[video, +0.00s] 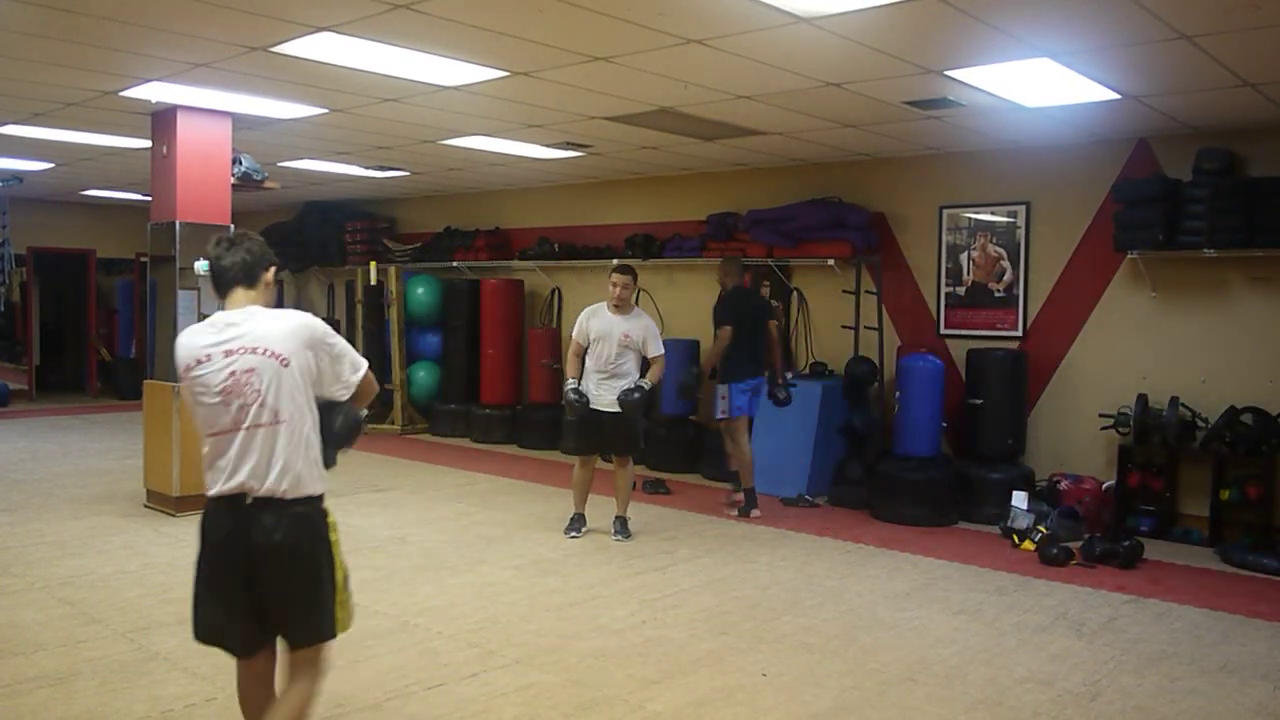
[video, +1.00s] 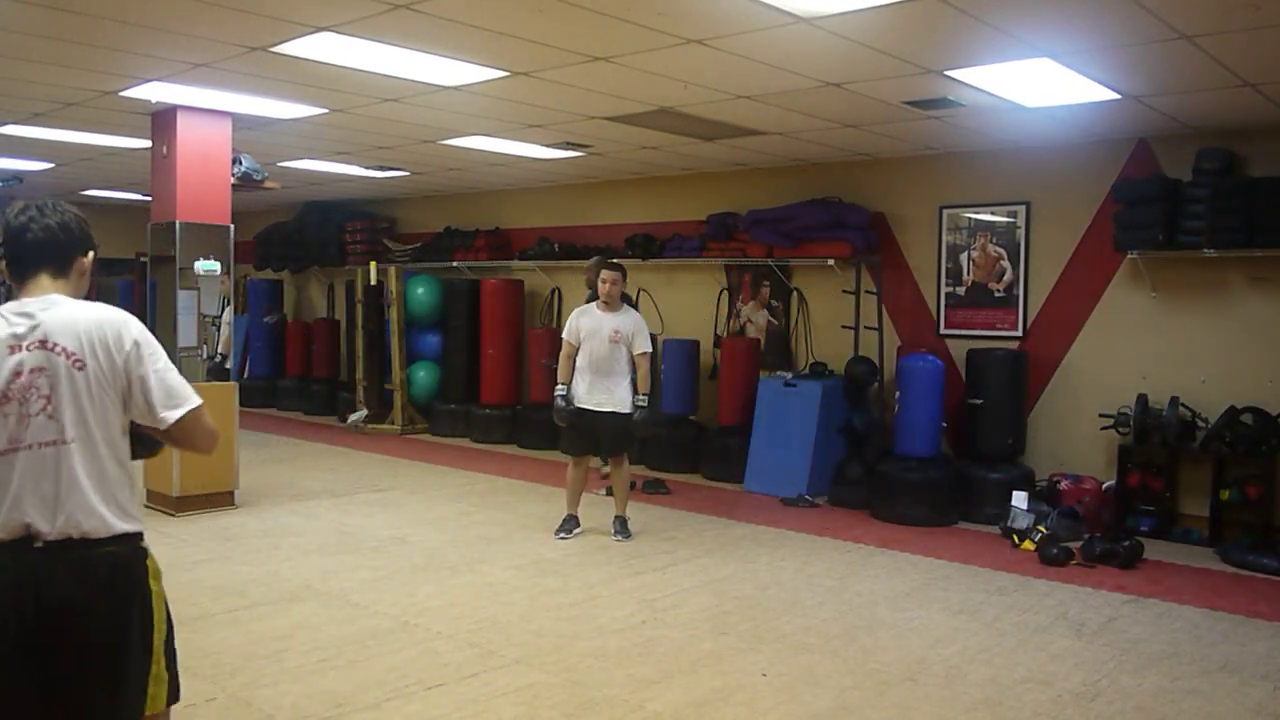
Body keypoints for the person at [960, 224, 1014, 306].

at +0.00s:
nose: (982, 241)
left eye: (986, 236)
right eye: (979, 236)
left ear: (990, 237)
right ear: (976, 237)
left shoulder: (999, 252)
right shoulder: (971, 252)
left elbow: (1009, 272)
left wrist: (1000, 286)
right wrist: (967, 277)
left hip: (990, 288)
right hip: (974, 286)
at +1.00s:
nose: (982, 241)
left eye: (986, 237)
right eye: (980, 237)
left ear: (990, 237)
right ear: (976, 237)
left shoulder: (999, 253)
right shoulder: (971, 252)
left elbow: (1009, 272)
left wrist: (1000, 286)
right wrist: (967, 277)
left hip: (989, 288)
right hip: (974, 287)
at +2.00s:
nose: (982, 241)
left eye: (985, 237)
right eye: (979, 237)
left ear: (990, 237)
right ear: (976, 237)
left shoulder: (999, 252)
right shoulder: (971, 252)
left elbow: (1009, 272)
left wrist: (1000, 286)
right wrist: (966, 278)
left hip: (990, 288)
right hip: (974, 286)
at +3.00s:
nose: (983, 240)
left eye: (986, 236)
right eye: (980, 236)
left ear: (990, 237)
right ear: (976, 238)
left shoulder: (999, 252)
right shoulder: (972, 253)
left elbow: (1009, 271)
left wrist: (1002, 285)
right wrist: (967, 279)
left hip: (990, 288)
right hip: (975, 286)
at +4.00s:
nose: (983, 241)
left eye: (985, 237)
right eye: (979, 237)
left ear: (990, 237)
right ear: (975, 237)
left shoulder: (998, 252)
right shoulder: (971, 253)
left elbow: (1009, 272)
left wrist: (1000, 286)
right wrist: (966, 279)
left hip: (992, 288)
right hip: (975, 287)